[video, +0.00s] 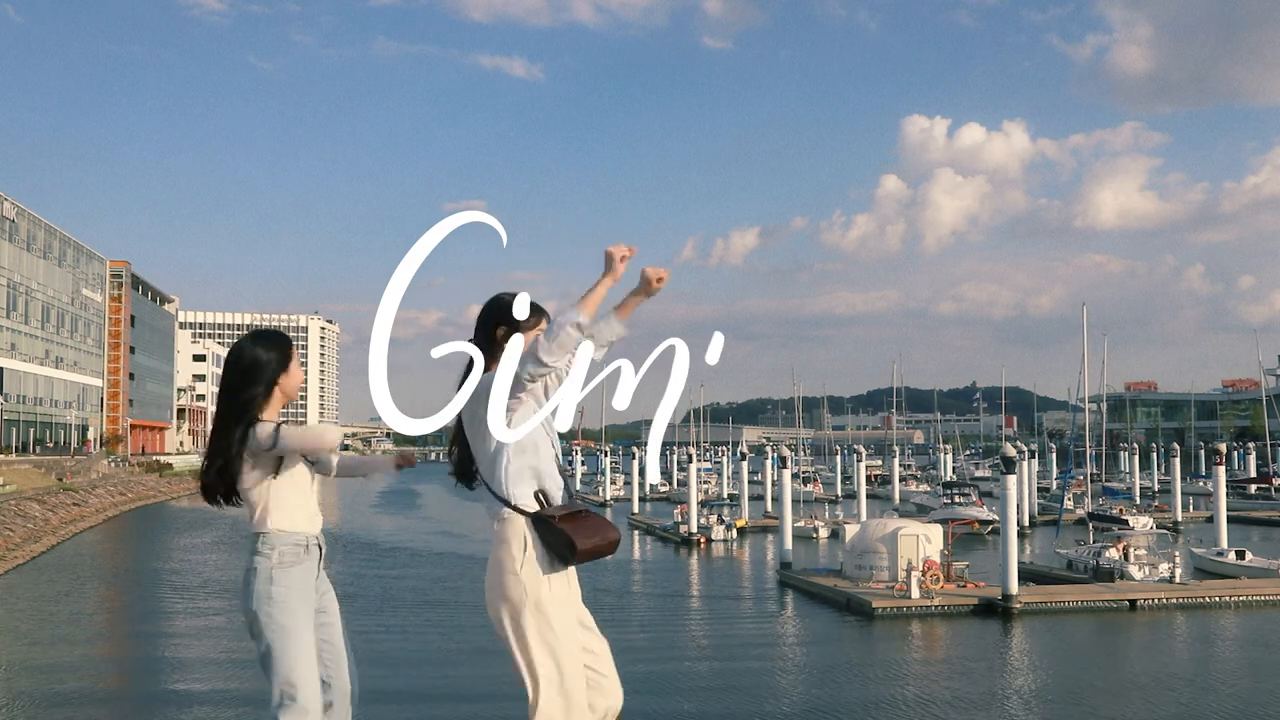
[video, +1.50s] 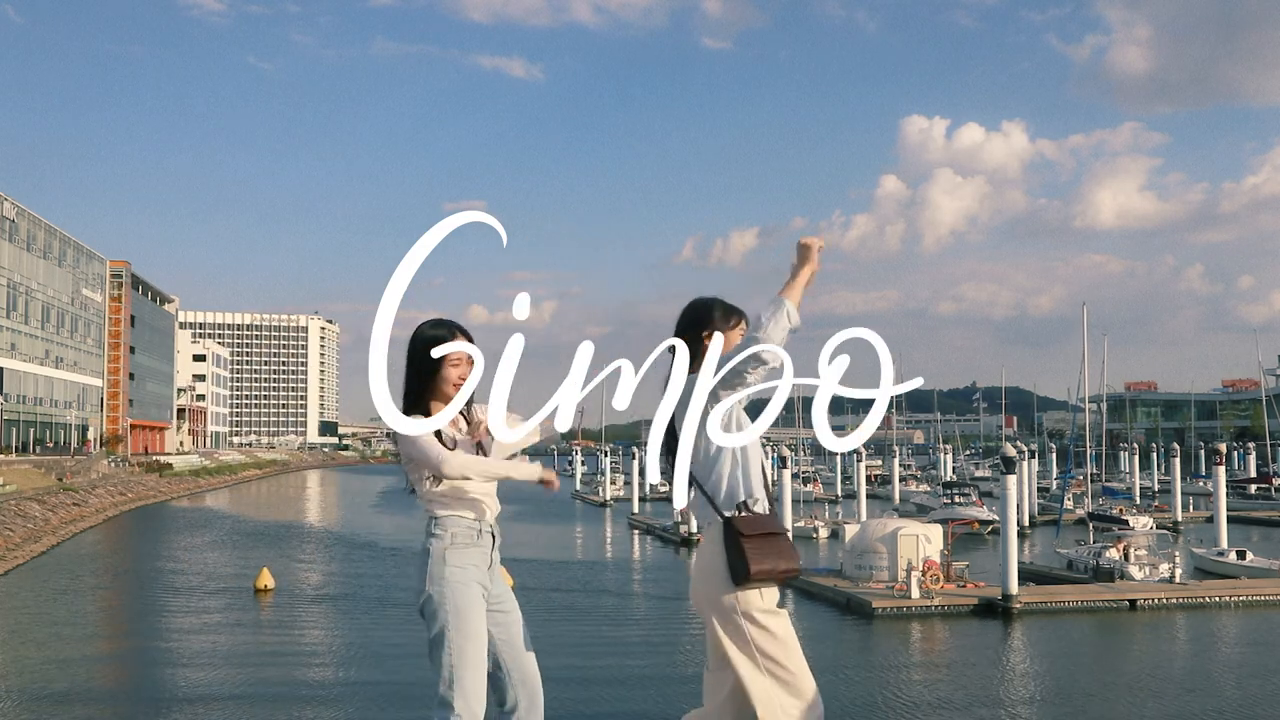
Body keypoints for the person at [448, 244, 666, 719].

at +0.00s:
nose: (546, 342)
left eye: (546, 332)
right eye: (538, 332)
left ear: (511, 340)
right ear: (511, 338)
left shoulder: (525, 389)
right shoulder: (491, 394)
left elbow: (587, 344)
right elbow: (555, 346)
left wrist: (640, 294)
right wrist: (609, 278)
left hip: (549, 553)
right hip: (522, 557)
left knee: (604, 692)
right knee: (559, 699)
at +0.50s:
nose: (607, 333)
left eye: (605, 324)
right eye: (600, 323)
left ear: (577, 329)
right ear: (574, 329)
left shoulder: (592, 384)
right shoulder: (553, 383)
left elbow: (641, 341)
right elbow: (609, 332)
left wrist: (687, 280)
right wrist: (658, 252)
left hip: (622, 539)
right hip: (586, 541)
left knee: (657, 698)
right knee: (603, 699)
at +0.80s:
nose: (649, 344)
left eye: (647, 335)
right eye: (642, 334)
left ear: (613, 337)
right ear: (615, 337)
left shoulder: (619, 396)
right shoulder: (606, 395)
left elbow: (667, 346)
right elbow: (668, 349)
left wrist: (641, 274)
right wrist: (641, 272)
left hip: (641, 546)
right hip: (624, 548)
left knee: (674, 693)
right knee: (636, 694)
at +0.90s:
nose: (663, 355)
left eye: (663, 345)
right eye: (655, 345)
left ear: (620, 351)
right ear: (622, 349)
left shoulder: (619, 404)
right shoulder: (613, 400)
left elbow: (682, 357)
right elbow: (684, 359)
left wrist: (702, 278)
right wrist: (705, 276)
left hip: (642, 563)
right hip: (638, 567)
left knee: (666, 706)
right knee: (687, 707)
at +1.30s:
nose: (721, 331)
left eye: (719, 320)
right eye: (713, 320)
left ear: (682, 327)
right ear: (684, 326)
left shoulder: (690, 376)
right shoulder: (680, 373)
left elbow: (744, 341)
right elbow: (744, 343)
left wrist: (711, 267)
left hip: (691, 546)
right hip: (700, 547)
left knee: (688, 687)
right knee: (760, 693)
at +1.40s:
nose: (736, 344)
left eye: (735, 335)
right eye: (729, 335)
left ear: (688, 342)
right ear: (699, 340)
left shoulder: (682, 397)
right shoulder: (701, 392)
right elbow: (761, 354)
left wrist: (748, 291)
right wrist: (765, 260)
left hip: (700, 561)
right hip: (723, 562)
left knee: (712, 704)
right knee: (783, 699)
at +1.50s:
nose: (747, 343)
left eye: (746, 333)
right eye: (739, 332)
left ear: (701, 340)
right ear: (709, 338)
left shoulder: (689, 397)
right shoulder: (710, 391)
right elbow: (766, 345)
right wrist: (804, 269)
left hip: (716, 557)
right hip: (735, 558)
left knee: (726, 700)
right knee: (795, 697)